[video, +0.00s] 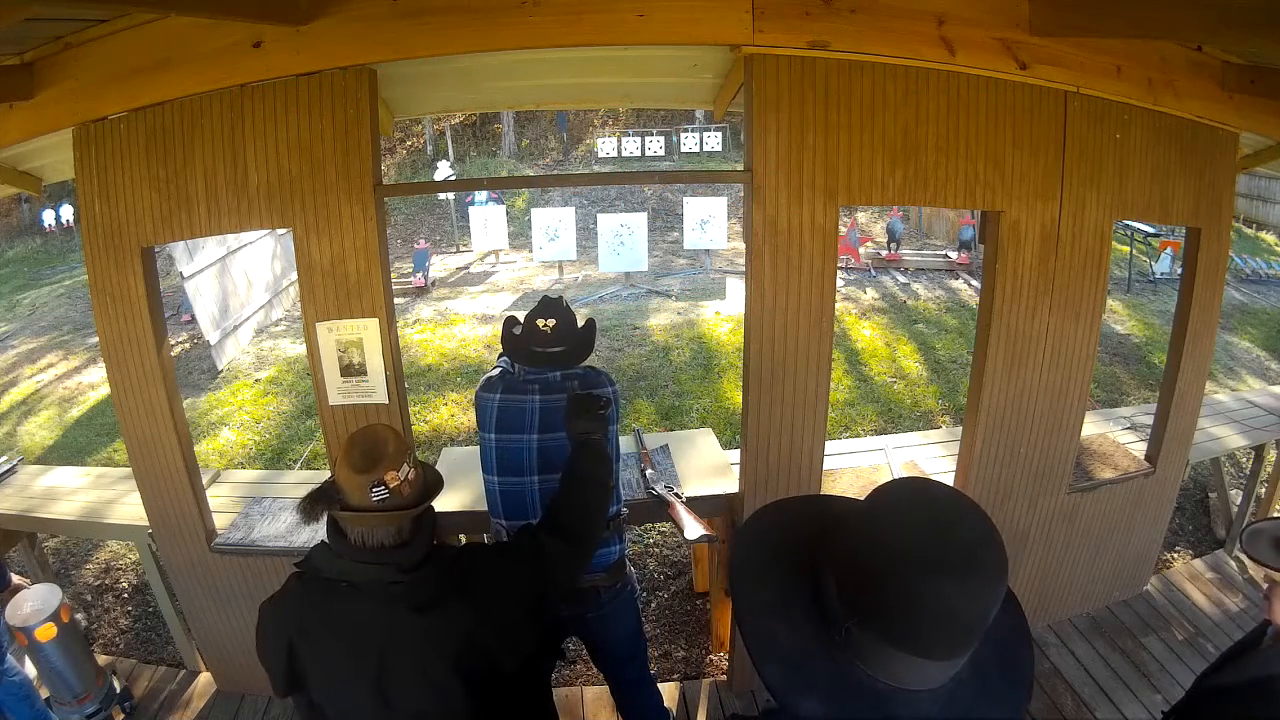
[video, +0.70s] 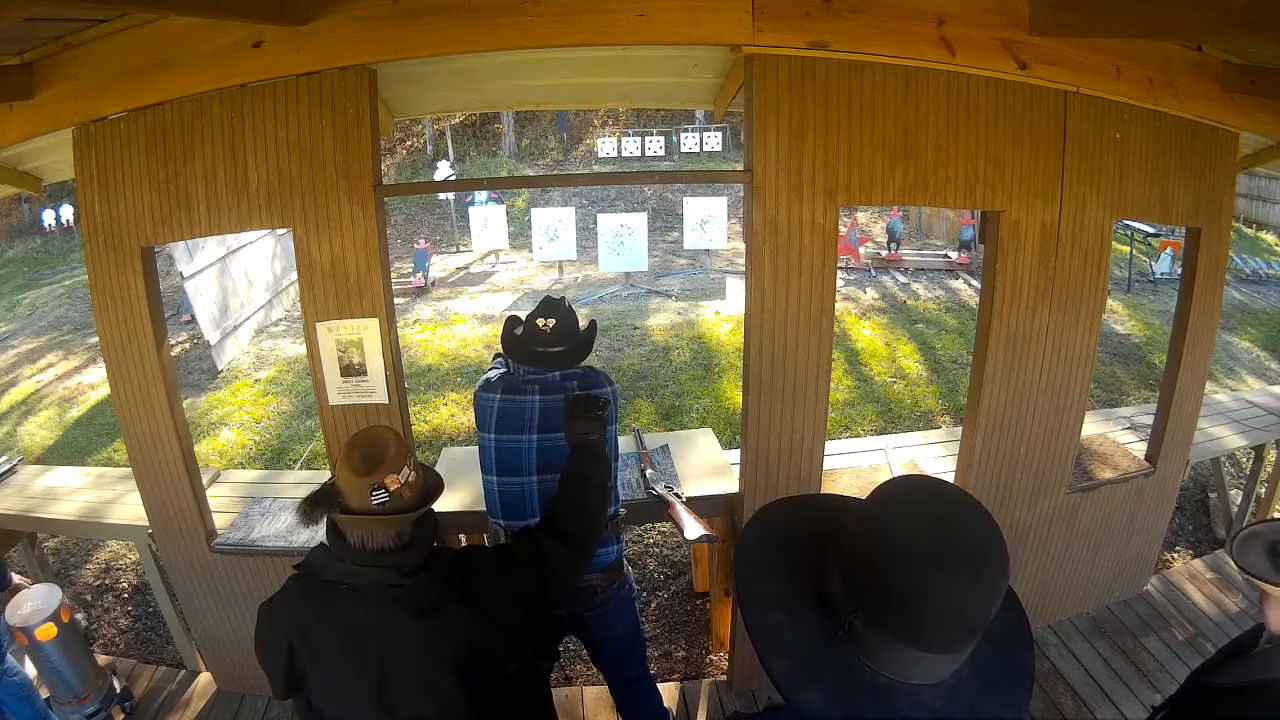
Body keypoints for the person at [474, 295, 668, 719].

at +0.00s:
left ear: (515, 342)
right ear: (577, 344)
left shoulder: (488, 393)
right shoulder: (599, 388)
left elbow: (509, 369)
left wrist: (519, 345)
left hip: (519, 582)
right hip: (598, 578)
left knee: (530, 693)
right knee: (635, 689)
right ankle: (653, 716)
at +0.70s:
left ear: (513, 343)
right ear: (576, 344)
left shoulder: (488, 393)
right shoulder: (598, 387)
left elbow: (504, 360)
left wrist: (521, 340)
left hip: (516, 582)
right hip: (595, 577)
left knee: (529, 692)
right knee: (634, 687)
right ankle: (652, 715)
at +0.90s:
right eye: (579, 337)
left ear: (518, 342)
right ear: (576, 345)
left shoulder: (487, 392)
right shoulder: (599, 388)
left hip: (514, 582)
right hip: (593, 577)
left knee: (528, 692)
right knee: (633, 686)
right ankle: (652, 716)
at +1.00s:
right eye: (582, 340)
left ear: (524, 343)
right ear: (578, 347)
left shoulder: (489, 391)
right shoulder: (598, 388)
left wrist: (535, 348)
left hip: (515, 582)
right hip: (594, 578)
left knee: (527, 690)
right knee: (633, 686)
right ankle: (653, 716)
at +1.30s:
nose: (592, 355)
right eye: (591, 348)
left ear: (535, 346)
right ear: (586, 349)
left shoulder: (492, 391)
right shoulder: (608, 392)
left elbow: (457, 440)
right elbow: (634, 410)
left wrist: (512, 439)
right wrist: (590, 372)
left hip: (517, 579)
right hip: (597, 575)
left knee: (527, 691)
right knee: (633, 683)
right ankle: (653, 717)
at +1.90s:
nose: (603, 365)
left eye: (543, 347)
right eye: (602, 358)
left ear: (544, 350)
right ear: (595, 356)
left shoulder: (494, 388)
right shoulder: (624, 394)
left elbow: (428, 422)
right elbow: (683, 445)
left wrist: (476, 472)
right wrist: (638, 475)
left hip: (522, 581)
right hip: (604, 575)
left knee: (528, 694)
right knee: (635, 684)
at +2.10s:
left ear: (532, 344)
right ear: (589, 347)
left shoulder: (489, 397)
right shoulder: (617, 394)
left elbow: (432, 459)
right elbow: (662, 467)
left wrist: (492, 460)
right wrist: (613, 468)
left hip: (523, 585)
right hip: (604, 577)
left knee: (528, 695)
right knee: (635, 686)